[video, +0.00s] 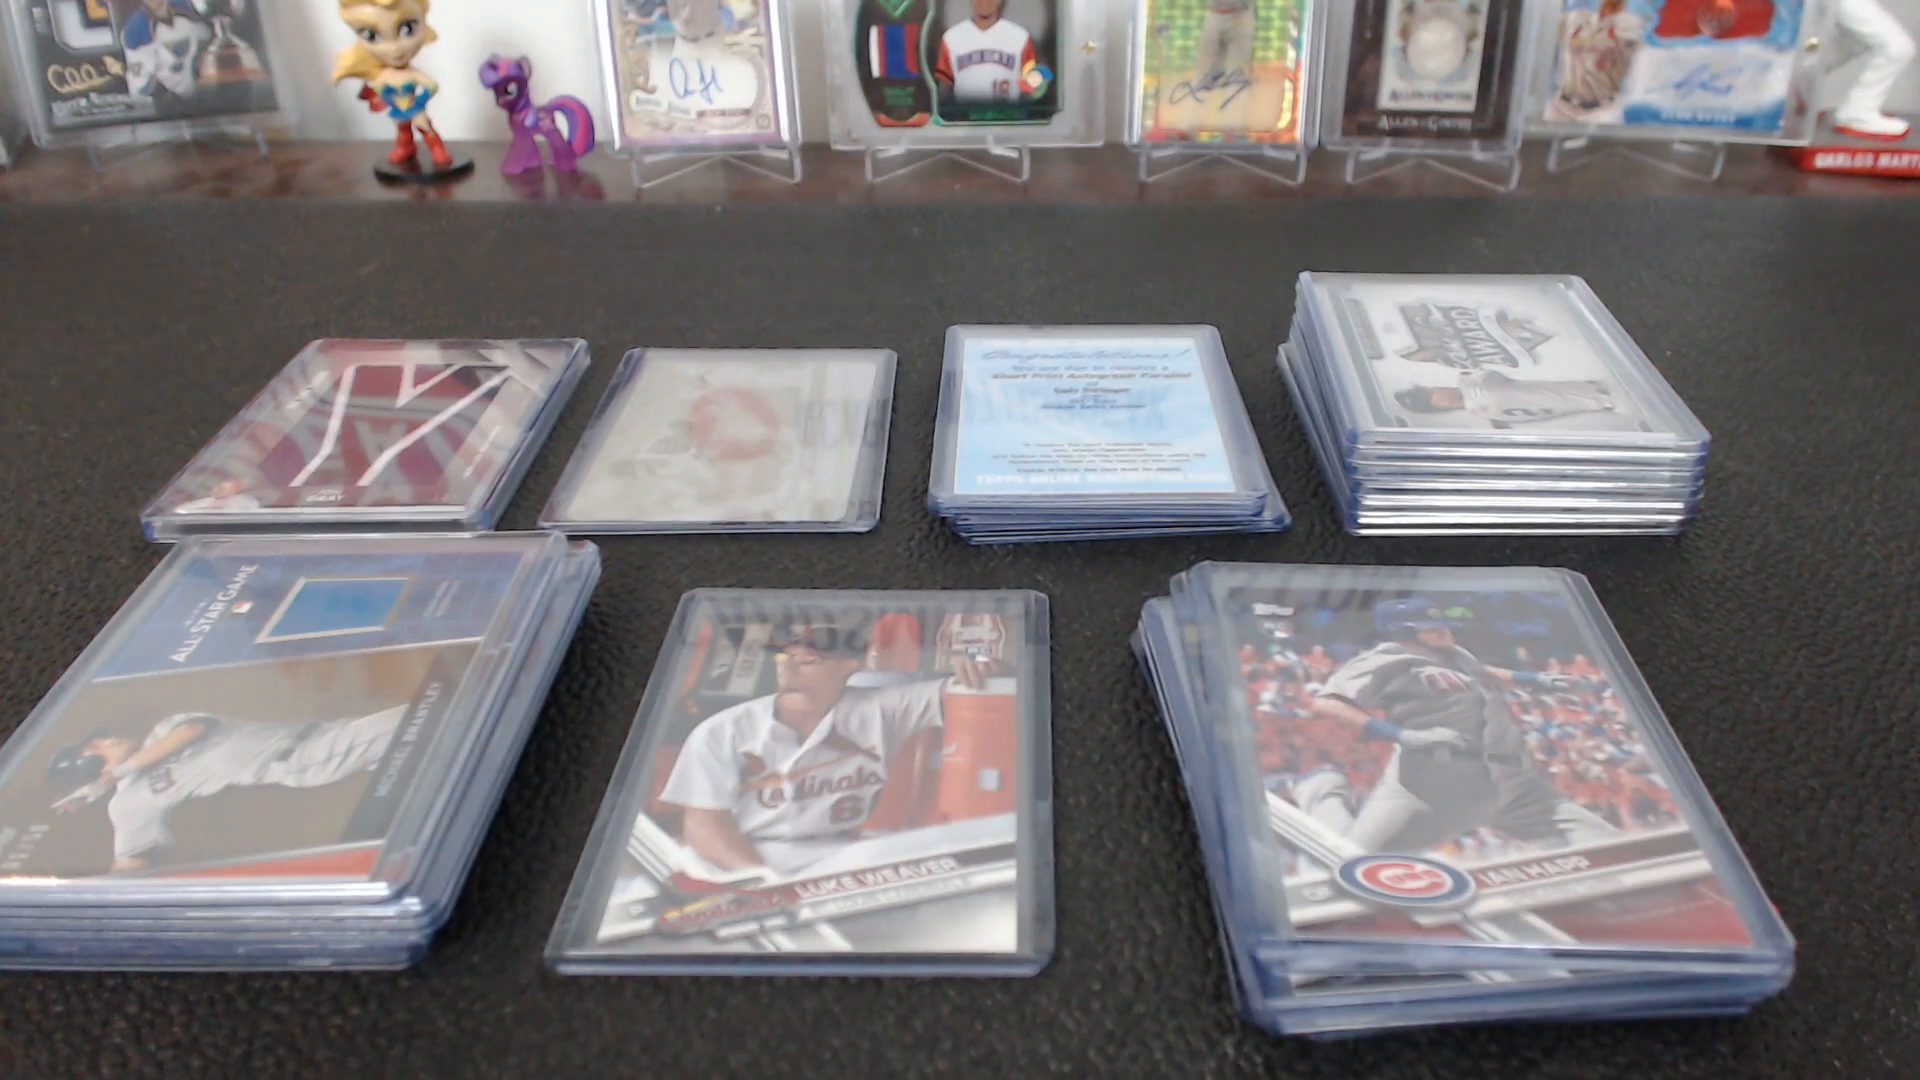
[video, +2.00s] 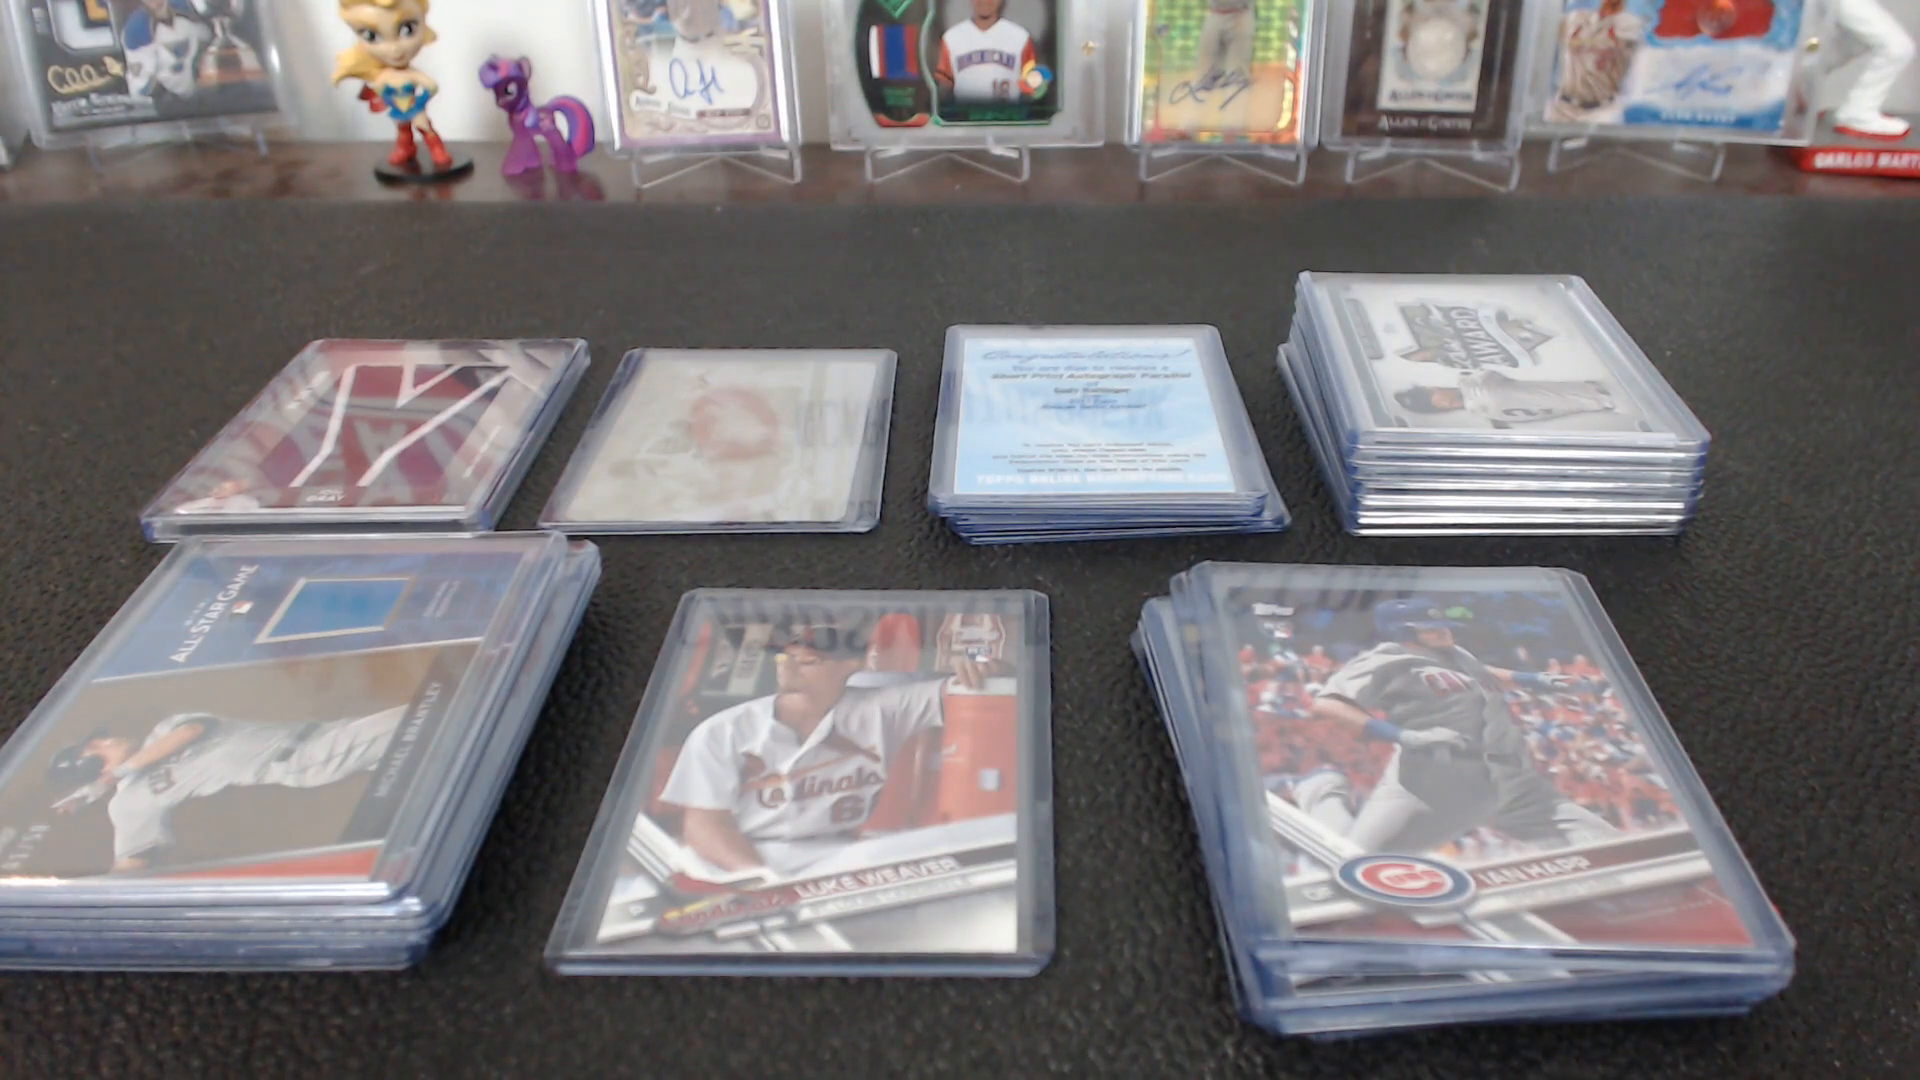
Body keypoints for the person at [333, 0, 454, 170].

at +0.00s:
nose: (393, 49)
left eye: (407, 29)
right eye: (371, 35)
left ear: (424, 26)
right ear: (357, 37)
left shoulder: (414, 75)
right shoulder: (378, 74)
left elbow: (427, 86)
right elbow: (369, 87)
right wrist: (375, 99)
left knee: (421, 122)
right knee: (401, 123)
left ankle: (437, 148)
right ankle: (405, 146)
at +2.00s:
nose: (394, 50)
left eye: (407, 30)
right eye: (371, 36)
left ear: (424, 27)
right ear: (357, 37)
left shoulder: (414, 74)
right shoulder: (377, 74)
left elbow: (426, 85)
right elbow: (370, 87)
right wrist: (375, 100)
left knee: (421, 121)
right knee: (401, 121)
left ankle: (436, 148)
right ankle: (405, 147)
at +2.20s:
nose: (394, 50)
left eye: (407, 30)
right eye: (371, 36)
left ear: (424, 27)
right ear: (358, 37)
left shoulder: (414, 74)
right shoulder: (377, 74)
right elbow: (370, 86)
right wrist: (375, 99)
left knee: (421, 121)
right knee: (401, 121)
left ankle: (436, 148)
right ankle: (405, 147)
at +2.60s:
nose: (394, 49)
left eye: (407, 30)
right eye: (371, 36)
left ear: (424, 28)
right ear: (358, 37)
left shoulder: (414, 75)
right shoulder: (379, 74)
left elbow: (426, 85)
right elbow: (369, 86)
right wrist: (375, 99)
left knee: (422, 122)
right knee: (401, 123)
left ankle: (436, 148)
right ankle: (405, 147)